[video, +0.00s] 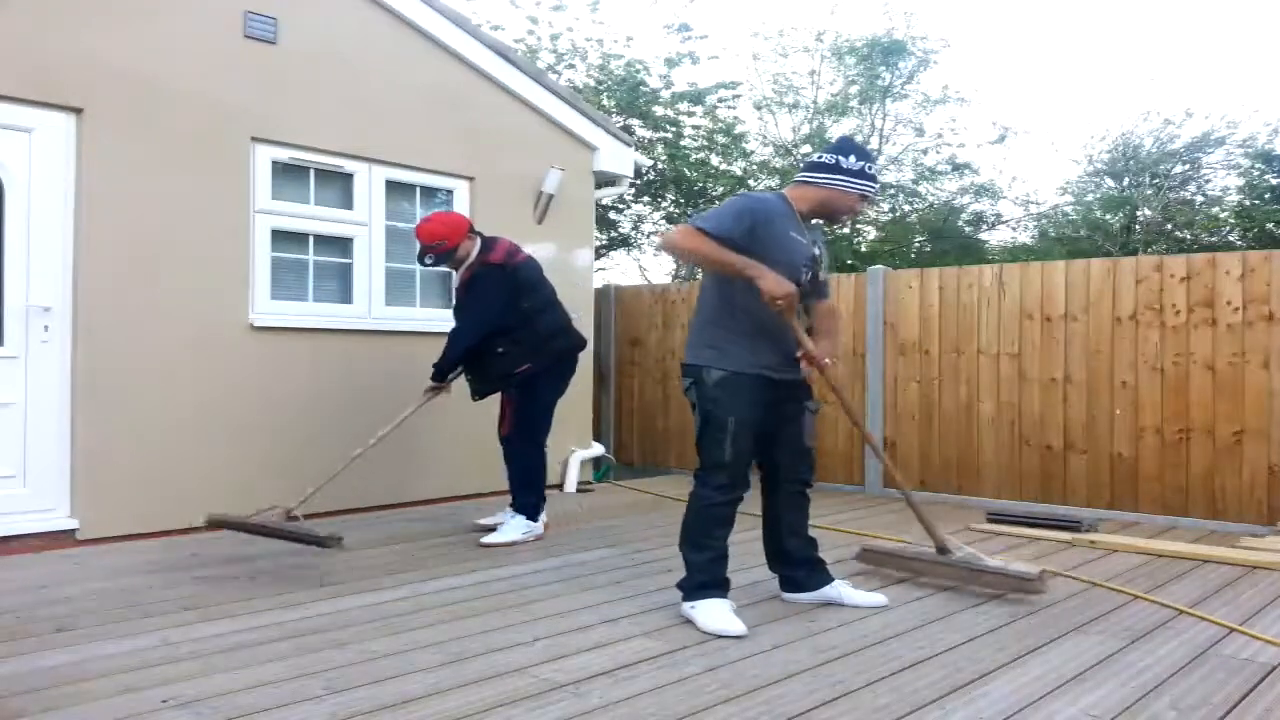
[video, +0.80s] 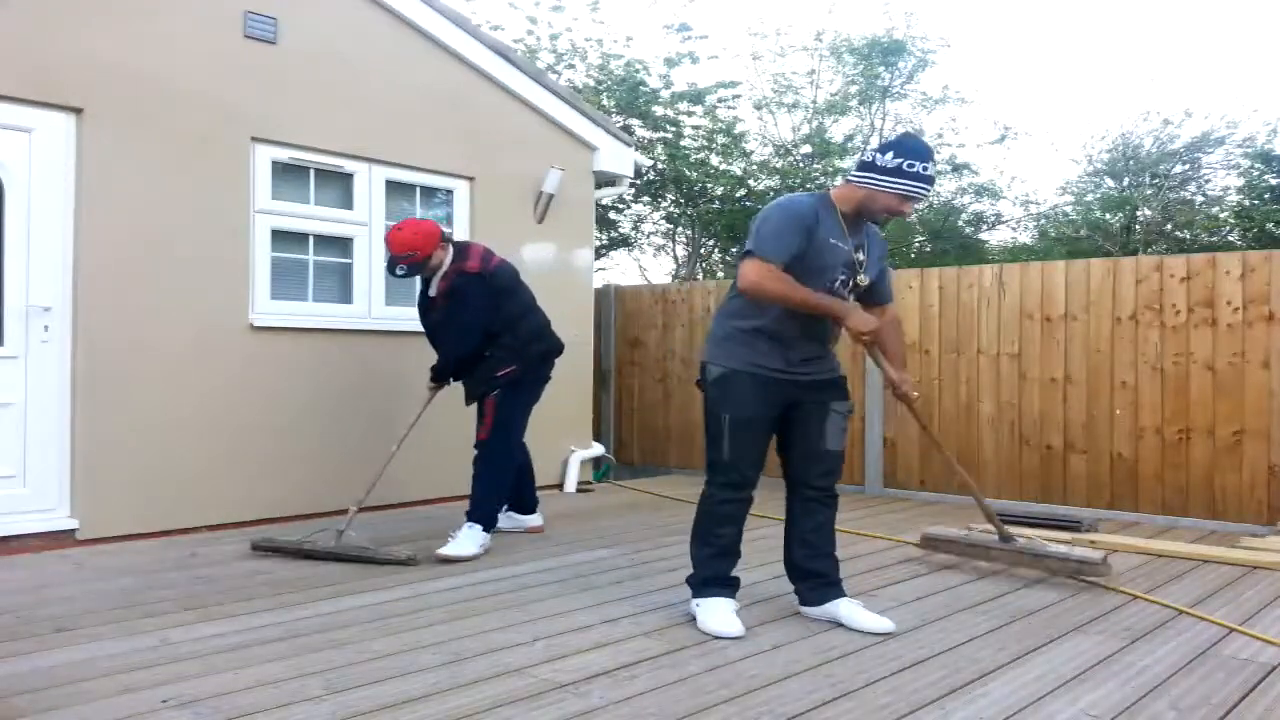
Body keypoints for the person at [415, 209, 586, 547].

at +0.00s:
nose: (446, 264)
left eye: (447, 257)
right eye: (442, 259)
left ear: (464, 241)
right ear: (466, 239)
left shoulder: (490, 272)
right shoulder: (489, 257)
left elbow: (470, 330)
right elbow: (474, 323)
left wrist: (440, 373)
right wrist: (451, 365)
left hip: (544, 358)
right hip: (530, 358)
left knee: (523, 435)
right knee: (514, 434)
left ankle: (529, 517)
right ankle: (522, 509)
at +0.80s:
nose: (415, 273)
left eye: (419, 266)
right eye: (412, 268)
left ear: (438, 250)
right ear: (435, 251)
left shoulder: (472, 274)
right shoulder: (436, 280)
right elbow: (447, 331)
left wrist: (446, 372)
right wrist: (447, 364)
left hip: (523, 355)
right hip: (496, 359)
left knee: (493, 440)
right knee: (504, 434)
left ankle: (477, 527)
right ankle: (523, 510)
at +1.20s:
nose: (391, 267)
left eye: (393, 259)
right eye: (387, 261)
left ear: (413, 243)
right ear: (416, 240)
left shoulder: (443, 275)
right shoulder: (442, 255)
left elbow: (427, 338)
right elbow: (431, 331)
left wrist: (387, 382)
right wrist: (394, 378)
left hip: (502, 357)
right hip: (511, 349)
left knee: (478, 442)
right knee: (498, 432)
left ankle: (473, 530)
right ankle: (516, 508)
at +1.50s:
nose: (382, 254)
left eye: (383, 246)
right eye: (377, 248)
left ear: (404, 230)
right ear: (405, 229)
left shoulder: (435, 263)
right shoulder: (429, 250)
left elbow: (409, 324)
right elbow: (414, 319)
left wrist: (366, 366)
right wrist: (375, 362)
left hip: (494, 358)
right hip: (466, 360)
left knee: (474, 440)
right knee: (453, 439)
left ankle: (474, 528)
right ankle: (480, 511)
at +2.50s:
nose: (338, 259)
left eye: (341, 252)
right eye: (334, 253)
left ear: (362, 237)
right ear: (362, 235)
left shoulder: (398, 269)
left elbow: (390, 341)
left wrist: (341, 368)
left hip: (455, 356)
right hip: (433, 356)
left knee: (429, 446)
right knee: (441, 440)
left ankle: (417, 540)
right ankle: (457, 521)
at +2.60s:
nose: (335, 256)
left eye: (338, 248)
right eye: (331, 250)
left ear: (361, 232)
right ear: (356, 232)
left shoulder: (397, 266)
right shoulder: (366, 252)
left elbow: (379, 339)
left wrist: (326, 369)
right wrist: (357, 325)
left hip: (454, 354)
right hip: (426, 354)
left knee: (424, 444)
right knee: (433, 439)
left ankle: (417, 541)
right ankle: (455, 519)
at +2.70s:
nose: (334, 252)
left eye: (337, 243)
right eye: (329, 246)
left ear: (359, 228)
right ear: (356, 226)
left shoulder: (396, 263)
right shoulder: (367, 244)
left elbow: (373, 334)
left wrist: (318, 362)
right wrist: (347, 295)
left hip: (449, 357)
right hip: (413, 357)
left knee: (423, 445)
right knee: (415, 442)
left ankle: (416, 541)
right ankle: (452, 516)